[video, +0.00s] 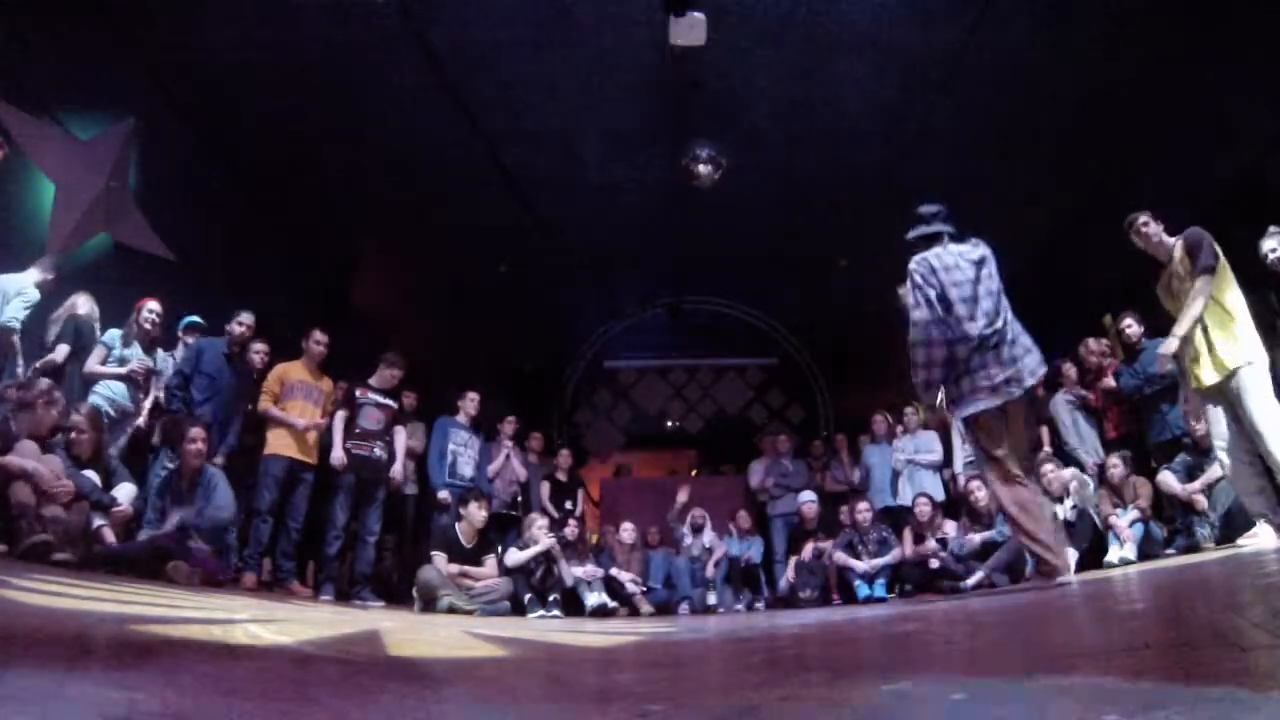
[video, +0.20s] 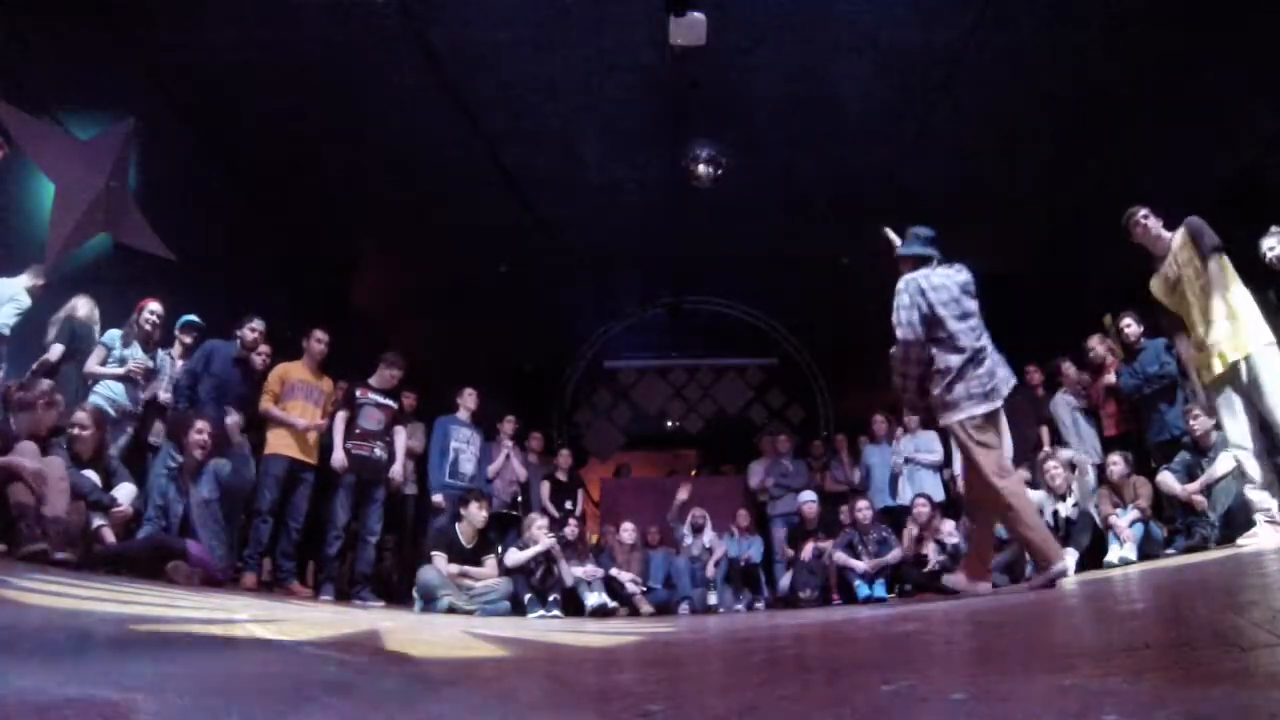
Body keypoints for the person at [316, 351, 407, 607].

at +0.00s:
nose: (394, 380)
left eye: (398, 377)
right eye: (392, 374)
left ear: (399, 378)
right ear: (381, 369)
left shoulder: (395, 402)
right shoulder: (355, 390)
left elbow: (400, 431)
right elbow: (340, 417)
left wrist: (399, 461)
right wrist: (337, 447)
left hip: (379, 465)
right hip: (351, 460)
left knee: (370, 530)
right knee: (338, 525)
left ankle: (361, 586)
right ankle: (327, 583)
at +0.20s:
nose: (394, 379)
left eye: (398, 376)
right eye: (391, 373)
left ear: (399, 378)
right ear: (380, 369)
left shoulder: (395, 403)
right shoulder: (355, 391)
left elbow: (400, 431)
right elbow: (340, 418)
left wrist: (399, 462)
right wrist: (338, 449)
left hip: (379, 466)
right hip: (351, 461)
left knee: (371, 530)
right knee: (339, 525)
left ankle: (361, 586)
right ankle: (327, 583)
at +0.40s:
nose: (394, 380)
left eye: (398, 376)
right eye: (391, 374)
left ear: (399, 378)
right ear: (380, 369)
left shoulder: (395, 402)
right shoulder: (355, 391)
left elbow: (399, 432)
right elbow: (340, 419)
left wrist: (397, 463)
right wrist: (338, 450)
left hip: (378, 467)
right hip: (351, 462)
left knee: (371, 530)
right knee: (338, 525)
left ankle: (361, 586)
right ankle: (327, 583)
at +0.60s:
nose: (393, 380)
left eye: (397, 376)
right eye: (391, 374)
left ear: (399, 378)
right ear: (379, 369)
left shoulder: (395, 403)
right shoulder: (354, 391)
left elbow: (399, 432)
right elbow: (340, 419)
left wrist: (396, 462)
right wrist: (337, 450)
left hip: (378, 467)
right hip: (350, 462)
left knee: (370, 530)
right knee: (338, 526)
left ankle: (360, 586)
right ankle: (327, 583)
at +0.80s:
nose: (393, 380)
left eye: (397, 376)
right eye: (390, 374)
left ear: (399, 378)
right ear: (379, 369)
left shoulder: (395, 403)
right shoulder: (354, 391)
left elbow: (399, 432)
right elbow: (339, 418)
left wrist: (396, 460)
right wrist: (336, 448)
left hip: (377, 466)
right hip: (350, 461)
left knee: (371, 530)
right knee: (339, 525)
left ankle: (361, 586)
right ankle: (327, 583)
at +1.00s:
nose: (392, 380)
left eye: (396, 376)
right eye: (389, 374)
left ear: (398, 378)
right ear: (377, 369)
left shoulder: (395, 403)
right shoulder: (354, 391)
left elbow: (399, 431)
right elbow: (339, 417)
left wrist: (397, 458)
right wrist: (335, 447)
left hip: (378, 466)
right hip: (350, 461)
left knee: (371, 530)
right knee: (339, 525)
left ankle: (361, 586)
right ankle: (327, 583)